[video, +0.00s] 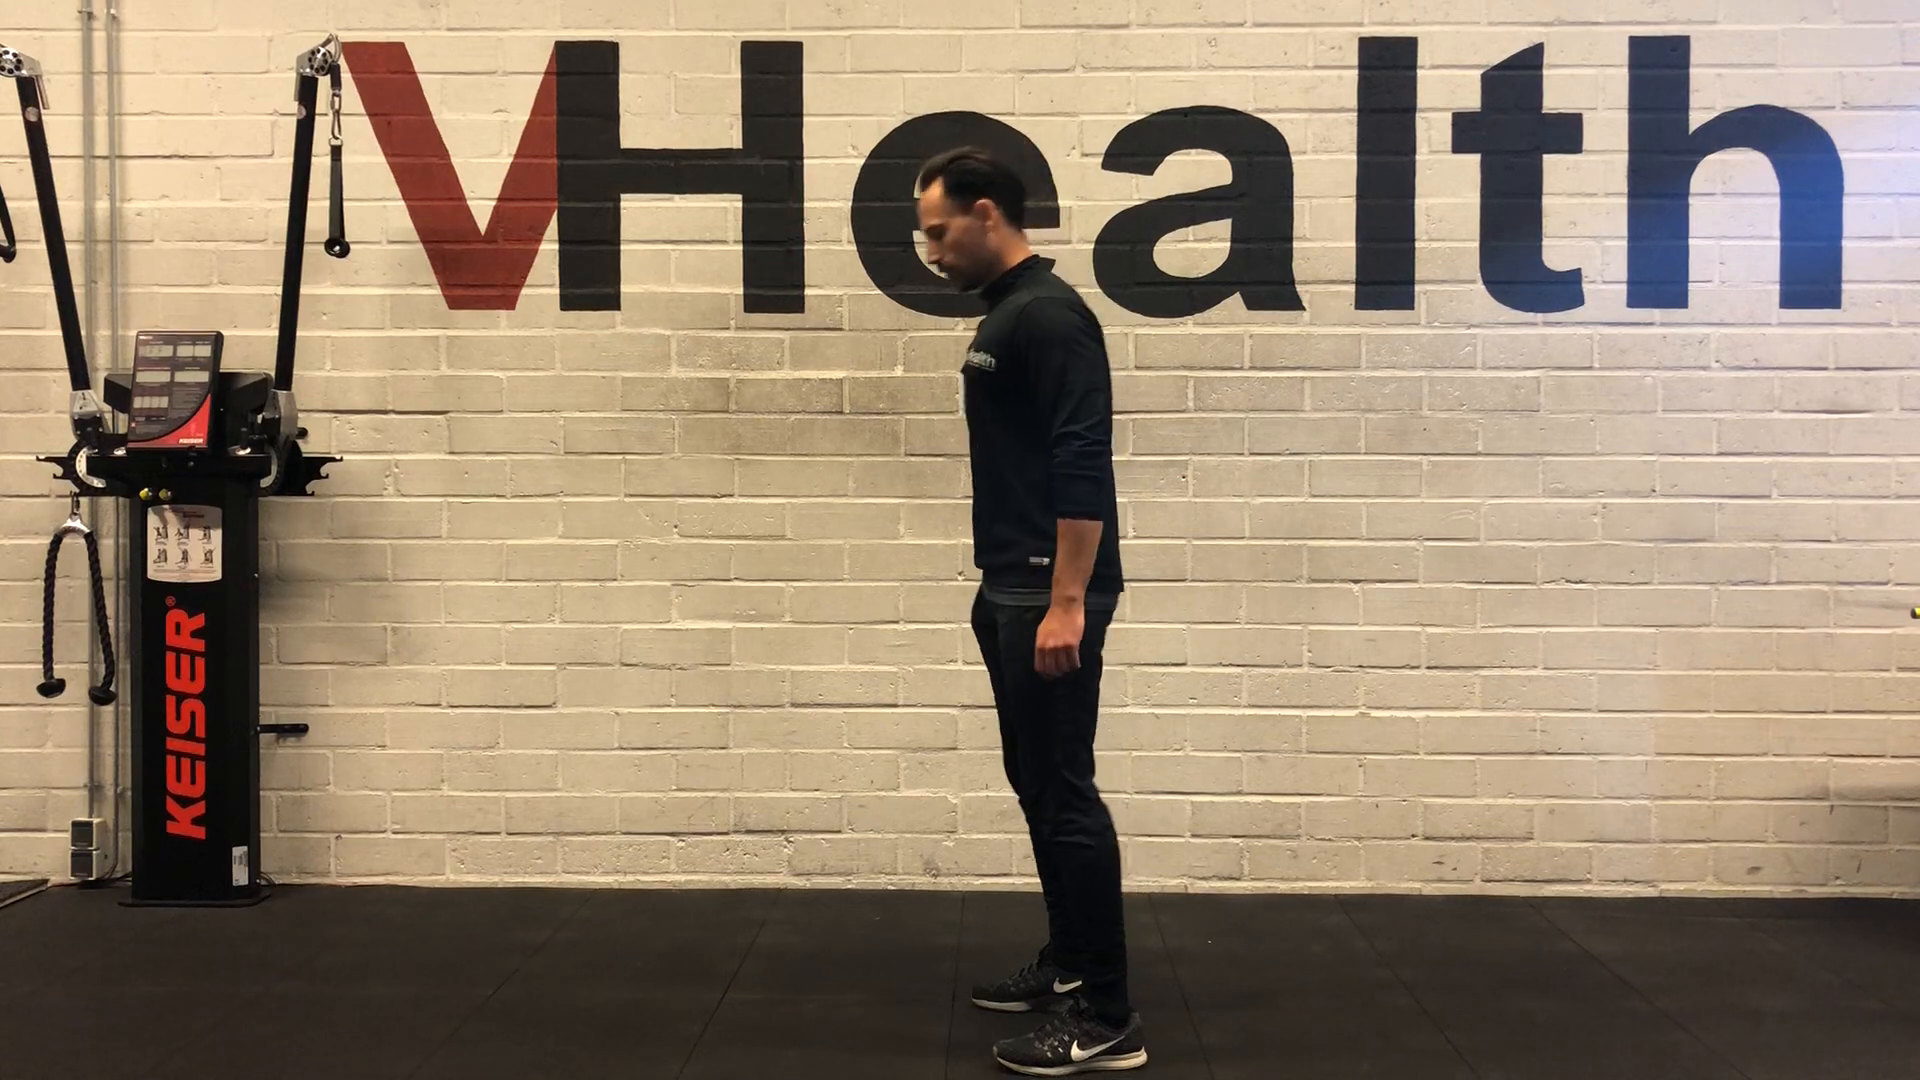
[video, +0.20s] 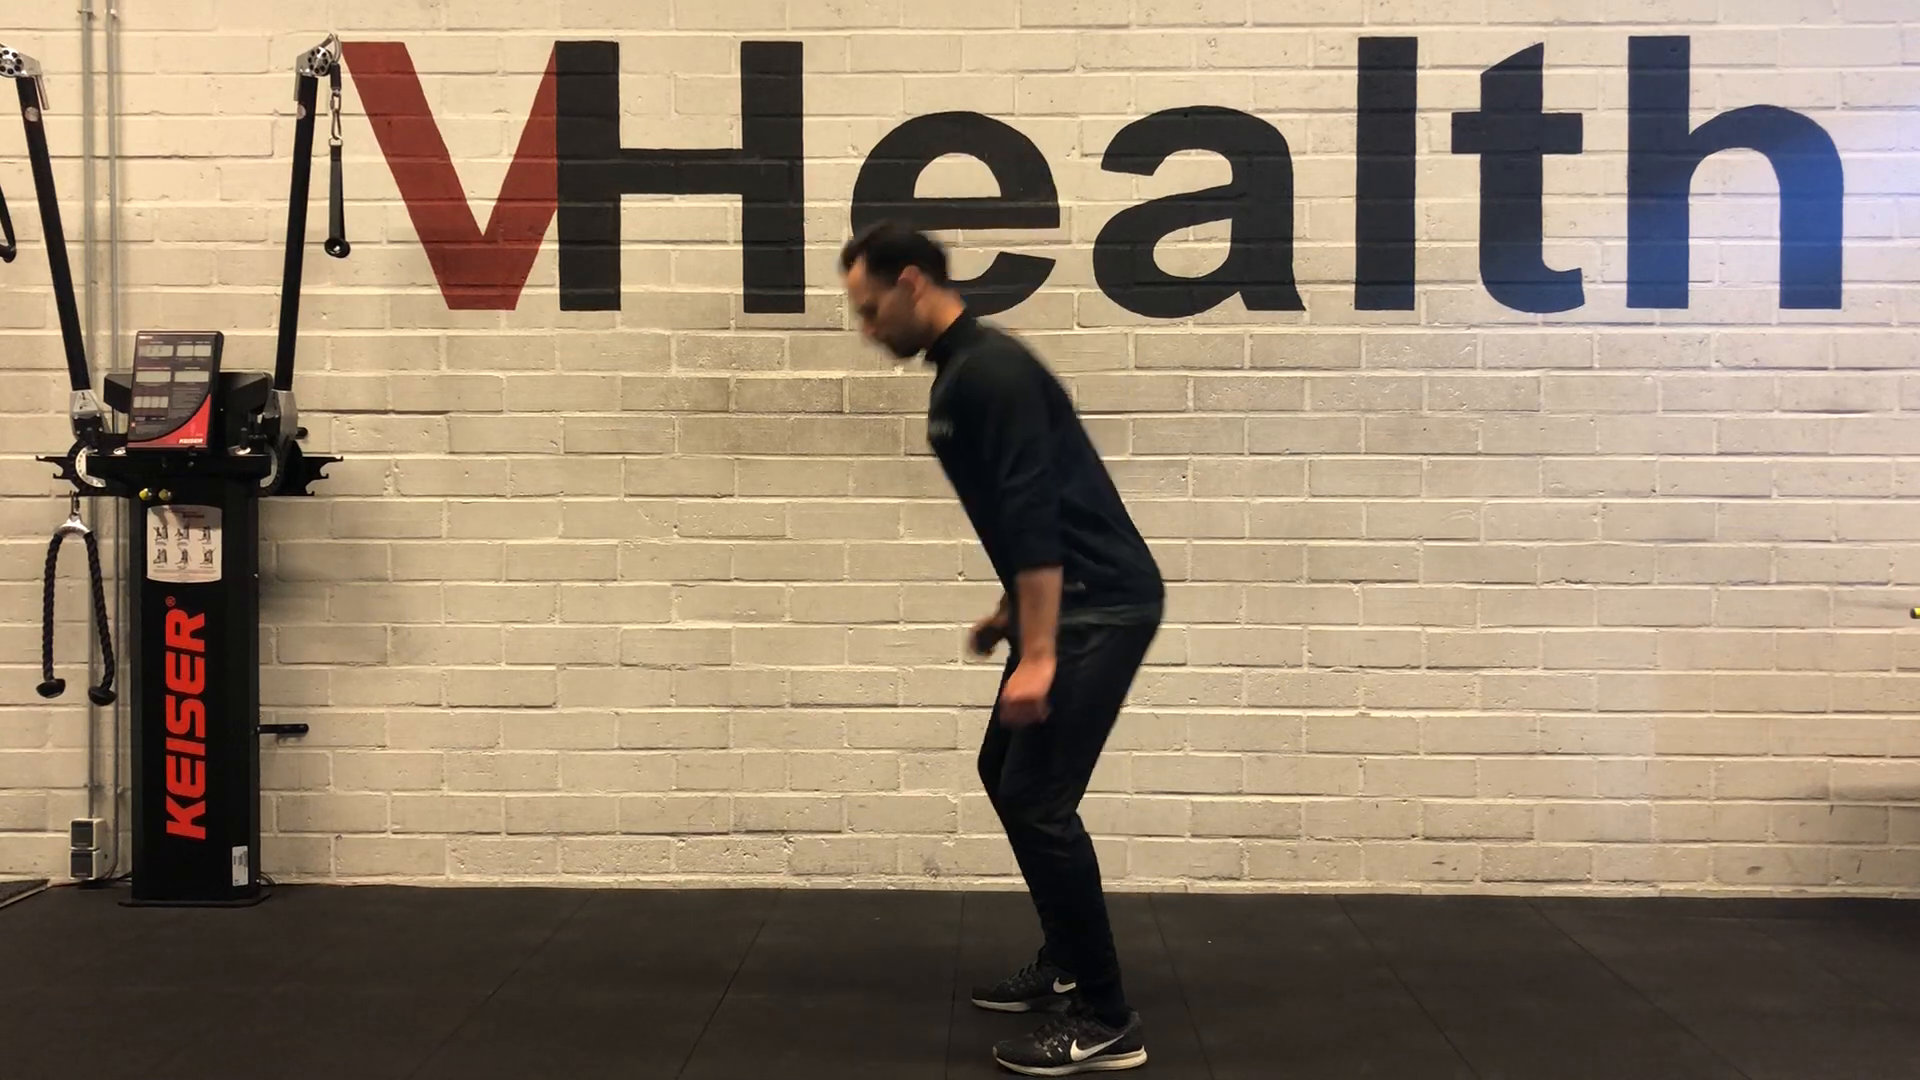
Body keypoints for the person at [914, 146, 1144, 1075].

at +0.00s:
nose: (924, 248)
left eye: (933, 229)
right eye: (921, 232)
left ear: (984, 214)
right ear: (981, 216)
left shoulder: (1052, 317)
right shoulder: (1009, 315)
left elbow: (1082, 471)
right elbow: (1023, 469)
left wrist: (1066, 603)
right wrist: (1001, 591)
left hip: (1049, 596)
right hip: (1015, 593)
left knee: (1064, 795)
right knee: (1039, 788)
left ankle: (1107, 1016)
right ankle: (1069, 970)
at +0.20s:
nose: (866, 328)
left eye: (868, 308)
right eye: (859, 312)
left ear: (914, 282)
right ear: (908, 287)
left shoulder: (989, 372)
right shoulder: (963, 371)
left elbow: (1035, 522)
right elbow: (1028, 515)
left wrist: (1038, 654)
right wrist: (1017, 609)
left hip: (1105, 605)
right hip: (1069, 602)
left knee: (1037, 796)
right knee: (1002, 770)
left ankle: (1104, 1017)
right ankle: (1069, 963)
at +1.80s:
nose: (795, 620)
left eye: (796, 601)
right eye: (789, 605)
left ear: (838, 579)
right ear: (840, 579)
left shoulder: (915, 634)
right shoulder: (905, 623)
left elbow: (883, 781)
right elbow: (883, 767)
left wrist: (816, 929)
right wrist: (835, 869)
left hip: (1154, 702)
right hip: (1116, 688)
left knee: (996, 817)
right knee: (970, 778)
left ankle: (1080, 1031)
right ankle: (1048, 960)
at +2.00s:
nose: (825, 401)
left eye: (833, 383)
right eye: (824, 384)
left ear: (882, 379)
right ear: (885, 382)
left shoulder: (946, 457)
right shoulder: (930, 451)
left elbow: (938, 616)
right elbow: (939, 613)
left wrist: (894, 753)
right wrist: (896, 741)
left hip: (1118, 634)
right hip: (1071, 635)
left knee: (1003, 805)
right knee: (974, 773)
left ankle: (1081, 1033)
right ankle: (1046, 959)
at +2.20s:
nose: (880, 260)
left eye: (893, 245)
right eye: (882, 245)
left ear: (946, 243)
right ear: (947, 243)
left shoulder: (996, 339)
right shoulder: (973, 331)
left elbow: (1032, 488)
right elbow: (1016, 484)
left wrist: (1027, 622)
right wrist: (1009, 605)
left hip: (1057, 595)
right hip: (1033, 591)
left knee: (1020, 796)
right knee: (1013, 784)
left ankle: (1083, 1035)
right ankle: (1052, 956)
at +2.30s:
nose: (909, 240)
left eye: (920, 222)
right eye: (908, 224)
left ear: (975, 218)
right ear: (972, 221)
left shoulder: (1022, 319)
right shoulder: (996, 314)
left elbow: (1064, 469)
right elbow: (1033, 467)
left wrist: (1065, 605)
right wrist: (1013, 597)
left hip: (1027, 599)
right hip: (1009, 592)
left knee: (1035, 803)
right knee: (1028, 793)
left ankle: (1083, 1035)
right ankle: (1053, 959)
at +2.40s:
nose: (930, 231)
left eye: (941, 214)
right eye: (928, 216)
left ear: (998, 214)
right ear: (987, 219)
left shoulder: (1038, 318)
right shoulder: (1006, 312)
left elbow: (1079, 467)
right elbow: (1038, 463)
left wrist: (1087, 610)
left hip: (1024, 600)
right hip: (998, 595)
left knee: (1046, 807)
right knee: (1032, 796)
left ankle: (1084, 1034)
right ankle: (1054, 960)